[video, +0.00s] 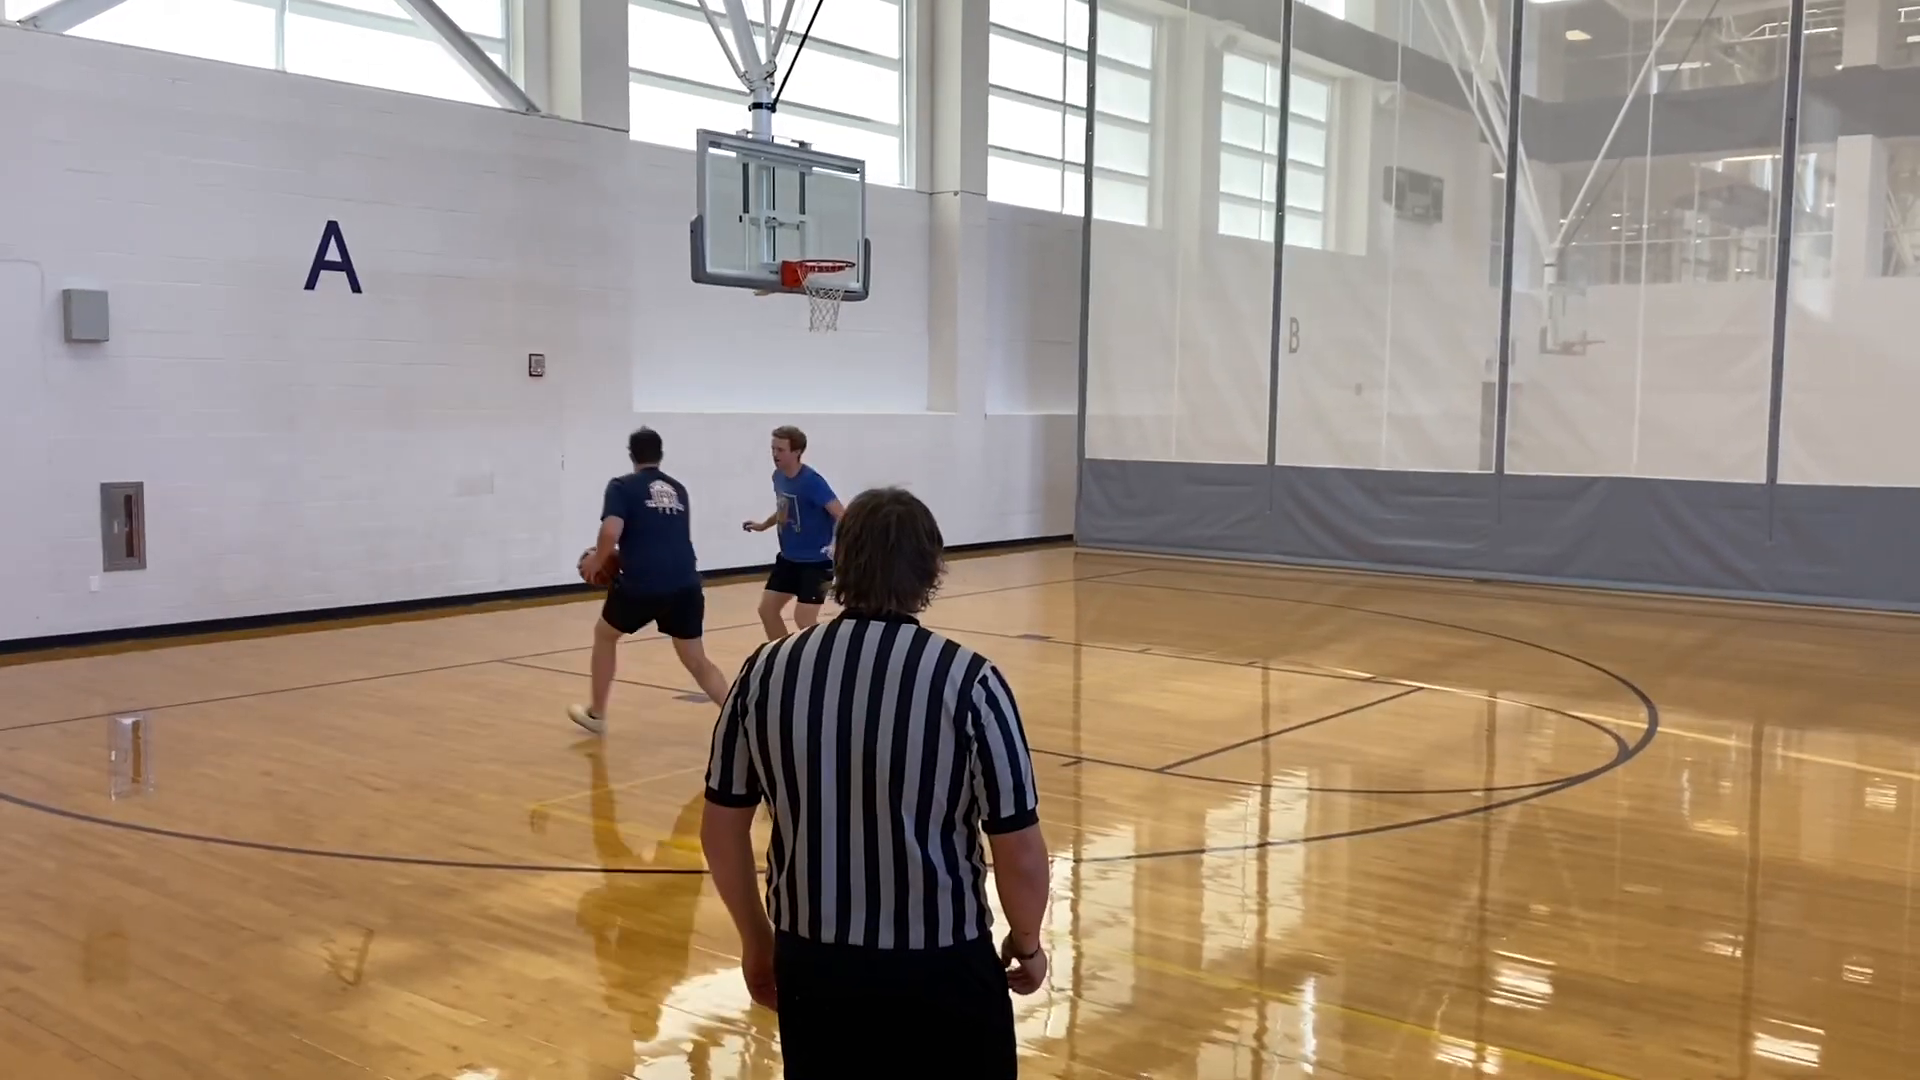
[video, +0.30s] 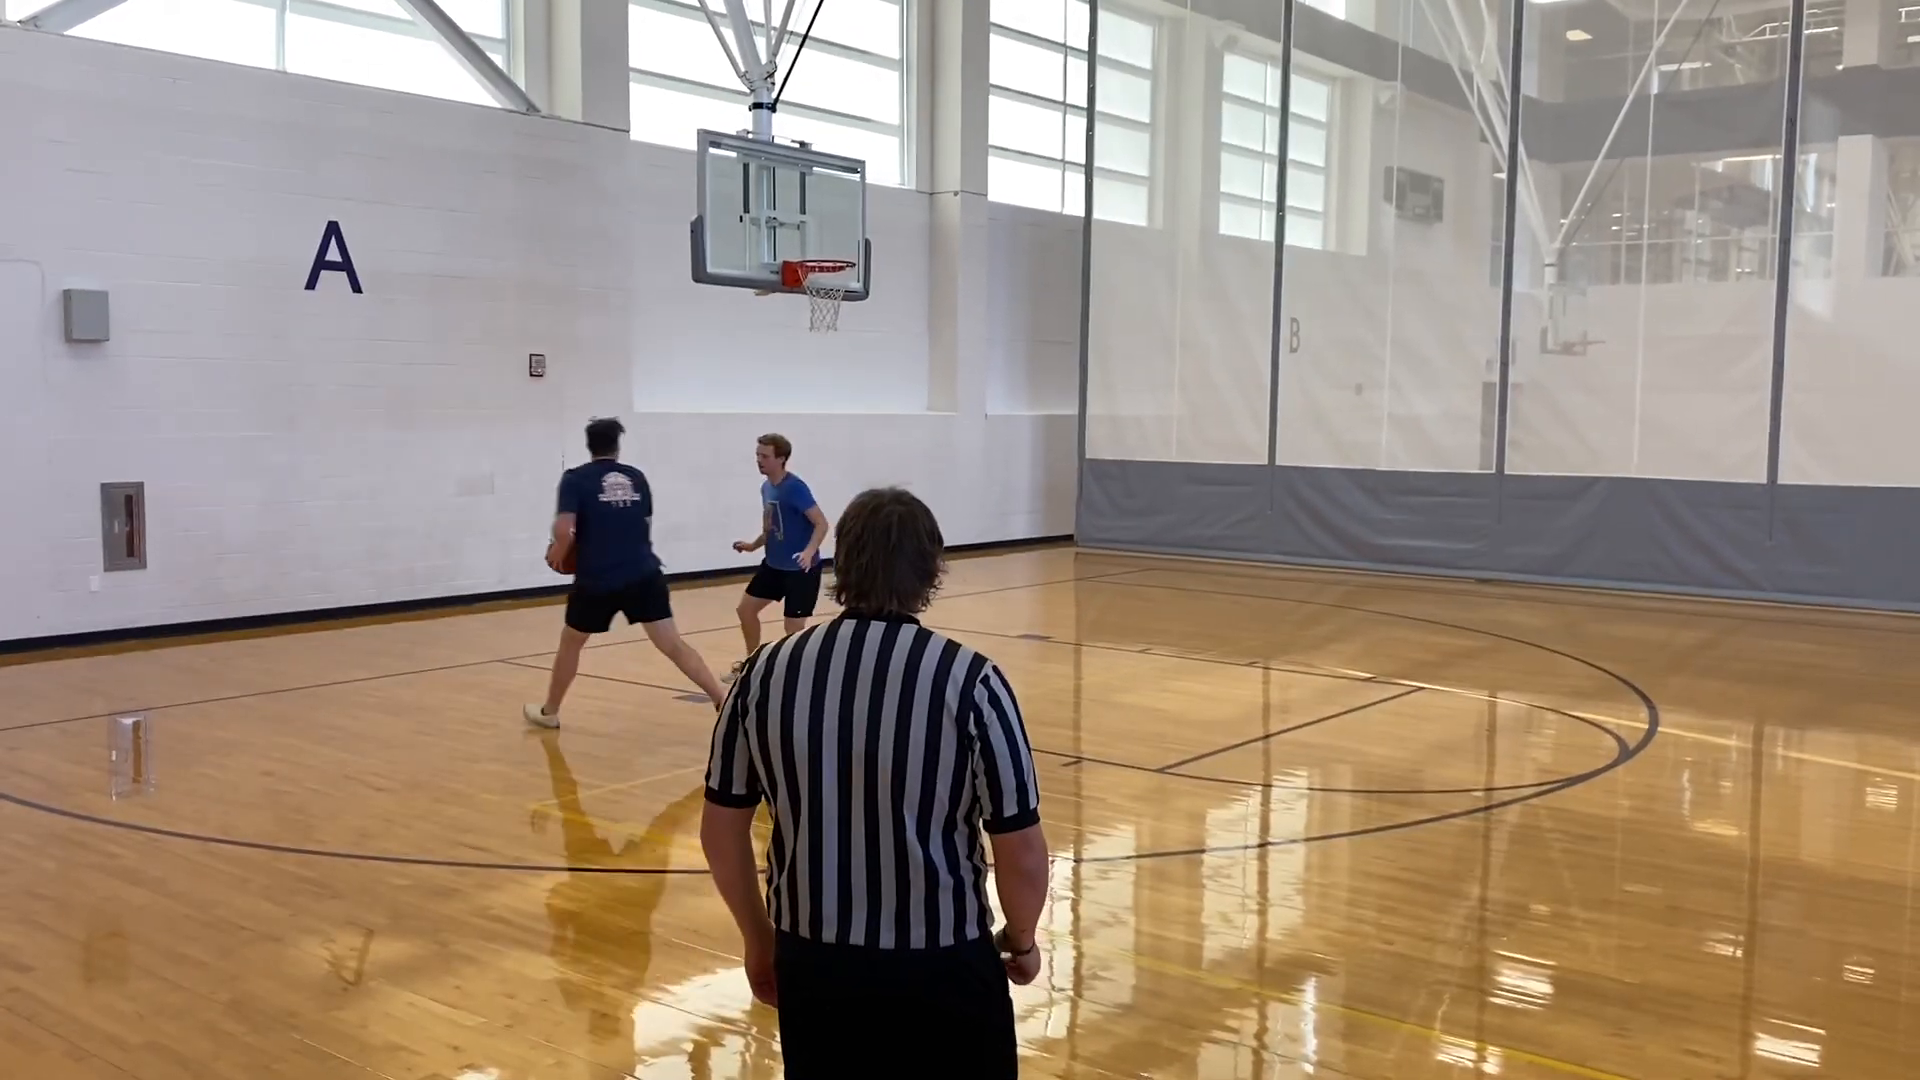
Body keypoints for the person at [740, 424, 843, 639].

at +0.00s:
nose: (774, 455)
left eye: (780, 450)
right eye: (773, 449)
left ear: (797, 452)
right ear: (772, 449)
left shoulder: (813, 482)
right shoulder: (778, 477)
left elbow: (843, 517)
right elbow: (785, 510)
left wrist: (840, 548)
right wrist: (763, 526)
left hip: (816, 563)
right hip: (788, 560)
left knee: (805, 619)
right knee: (767, 610)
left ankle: (819, 668)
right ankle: (787, 664)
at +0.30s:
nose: (759, 461)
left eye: (764, 456)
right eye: (758, 455)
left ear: (781, 459)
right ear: (759, 457)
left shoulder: (795, 487)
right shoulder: (767, 488)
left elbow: (822, 524)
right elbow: (771, 528)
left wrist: (810, 550)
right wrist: (753, 545)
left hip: (802, 570)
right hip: (774, 567)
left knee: (794, 627)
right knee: (746, 610)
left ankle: (800, 676)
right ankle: (754, 663)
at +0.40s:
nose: (753, 463)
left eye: (758, 459)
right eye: (752, 458)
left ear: (775, 462)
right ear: (757, 460)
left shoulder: (789, 491)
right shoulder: (762, 491)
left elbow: (815, 528)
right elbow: (768, 533)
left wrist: (801, 556)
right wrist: (747, 550)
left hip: (796, 574)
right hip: (768, 570)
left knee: (792, 632)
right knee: (741, 612)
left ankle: (798, 678)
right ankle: (746, 659)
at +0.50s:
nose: (747, 464)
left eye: (752, 460)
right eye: (746, 459)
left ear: (769, 463)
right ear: (751, 461)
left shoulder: (783, 493)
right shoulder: (756, 492)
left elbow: (807, 530)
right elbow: (763, 535)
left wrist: (792, 558)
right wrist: (741, 554)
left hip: (789, 575)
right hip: (762, 571)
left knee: (790, 632)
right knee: (738, 614)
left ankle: (798, 678)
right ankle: (744, 657)